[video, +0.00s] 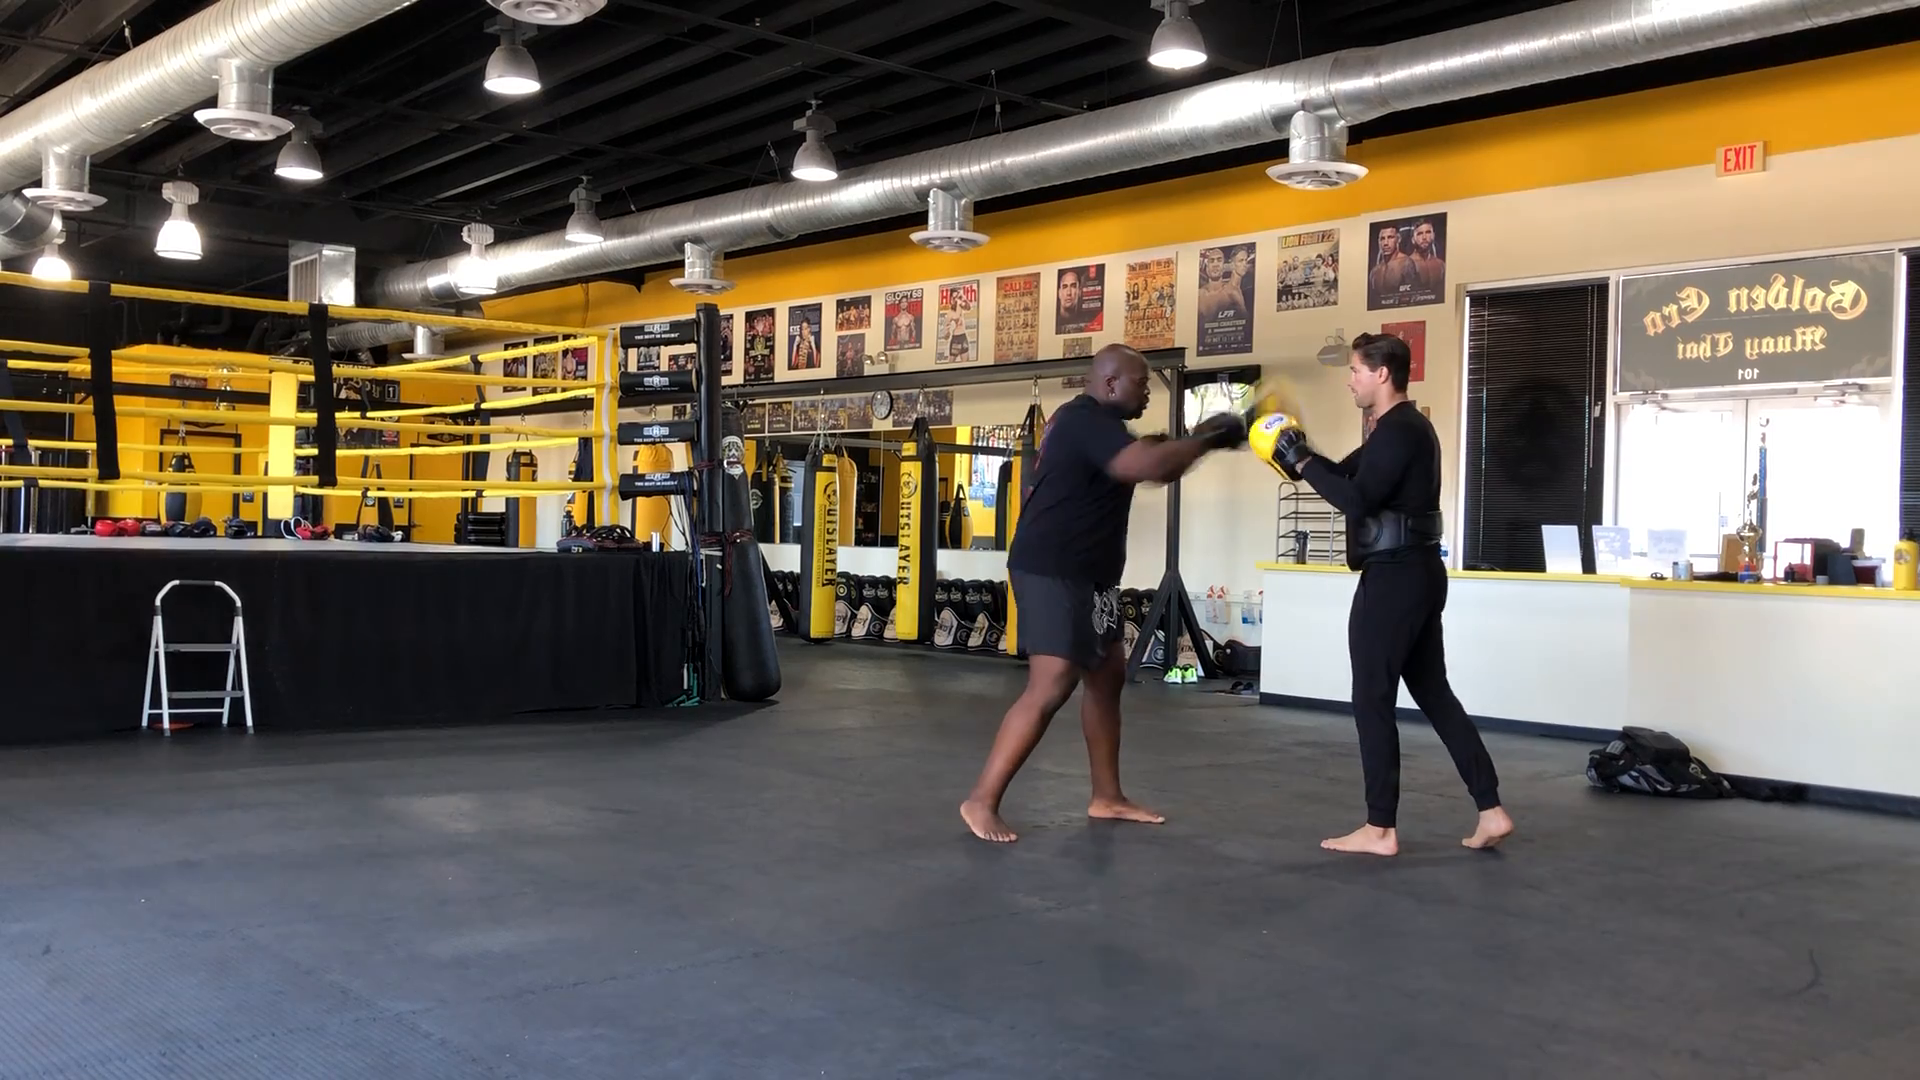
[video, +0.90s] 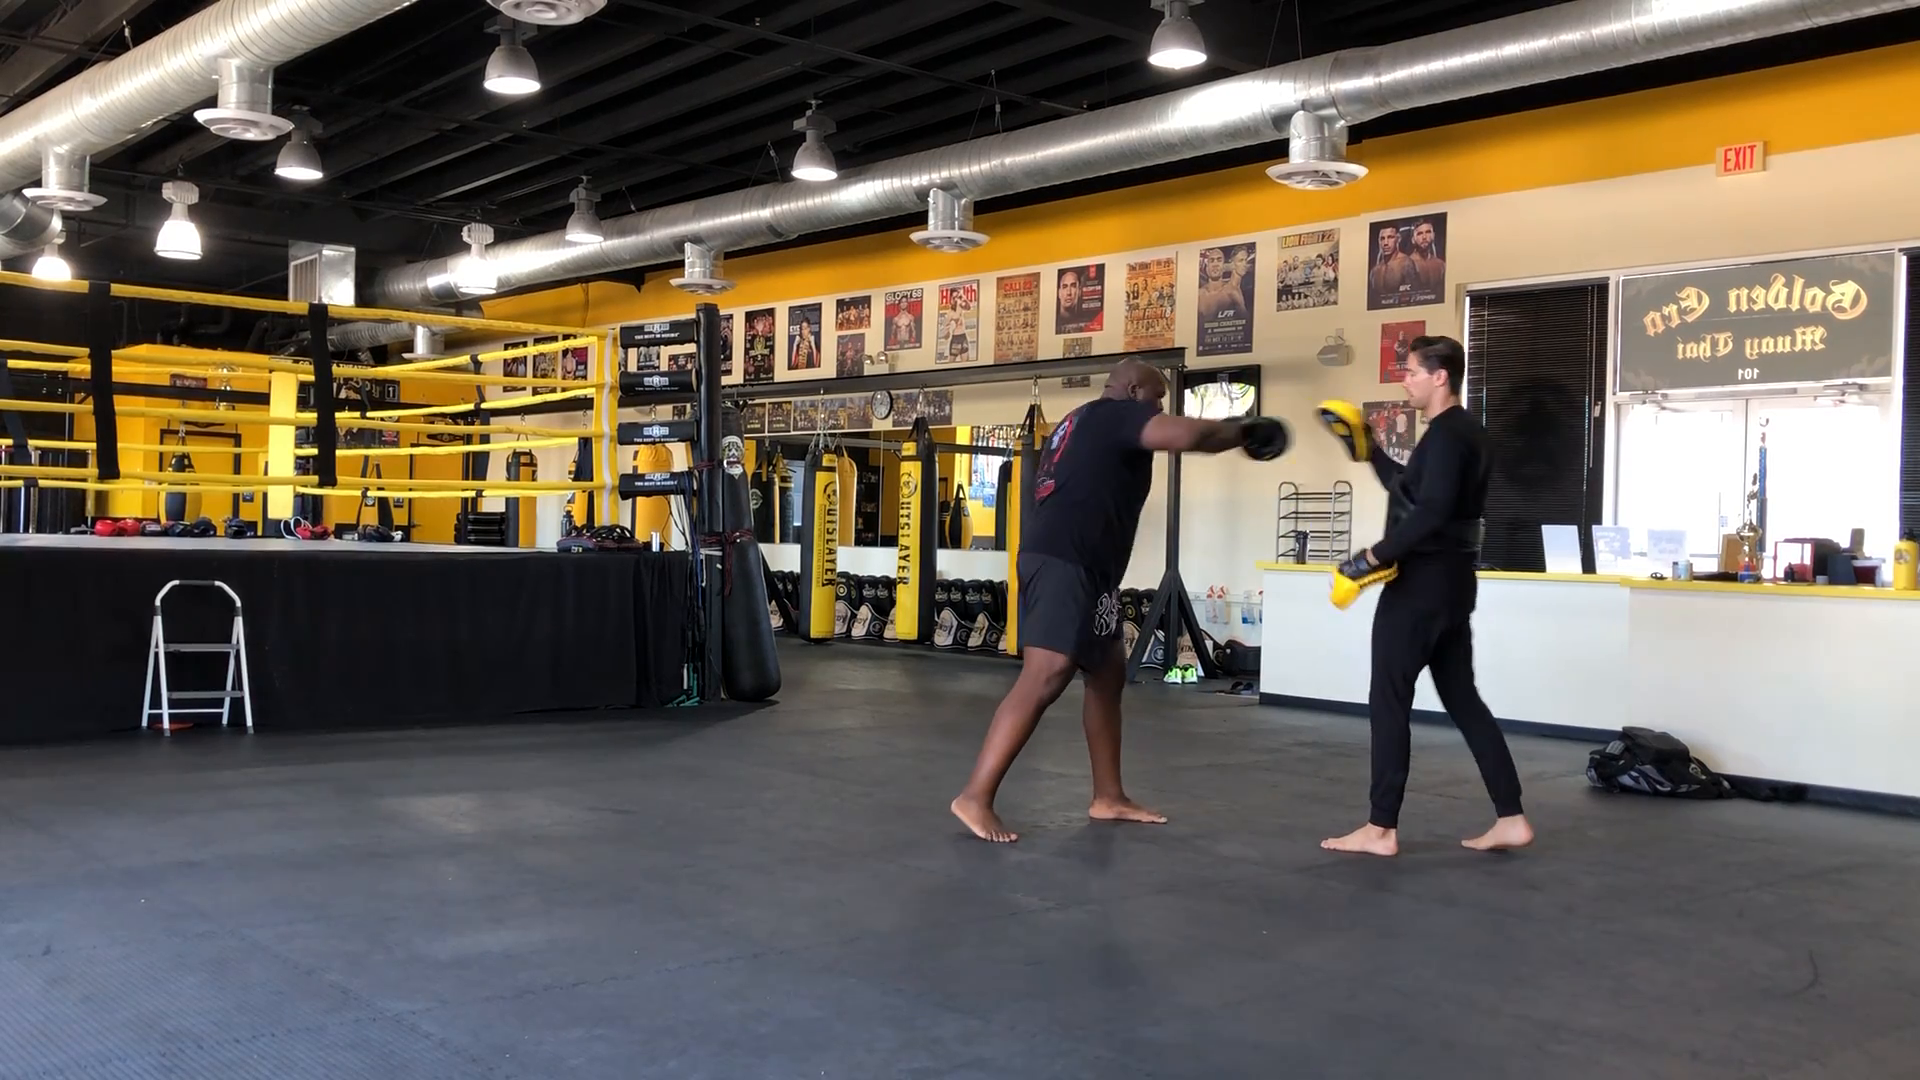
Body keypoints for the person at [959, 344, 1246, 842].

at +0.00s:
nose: (1147, 390)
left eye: (1147, 383)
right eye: (1142, 381)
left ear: (1106, 381)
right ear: (1110, 380)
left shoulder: (1100, 422)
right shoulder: (1084, 418)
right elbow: (1148, 464)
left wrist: (1172, 444)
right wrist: (1207, 437)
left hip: (1092, 572)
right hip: (1052, 569)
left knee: (1107, 674)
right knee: (1052, 682)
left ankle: (1107, 796)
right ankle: (981, 802)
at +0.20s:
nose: (1139, 393)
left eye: (1139, 384)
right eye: (1132, 383)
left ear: (1104, 381)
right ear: (1103, 381)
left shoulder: (1101, 434)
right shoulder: (1064, 423)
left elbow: (1101, 484)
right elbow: (1104, 480)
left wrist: (1139, 495)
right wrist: (1154, 432)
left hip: (1089, 576)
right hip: (1038, 574)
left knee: (1112, 678)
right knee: (1033, 683)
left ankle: (1107, 798)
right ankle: (974, 810)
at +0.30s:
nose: (1107, 393)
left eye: (1114, 386)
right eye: (1099, 381)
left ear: (1116, 390)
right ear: (1073, 376)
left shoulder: (1105, 428)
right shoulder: (1037, 423)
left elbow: (1133, 457)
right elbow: (1067, 485)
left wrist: (1188, 462)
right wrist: (1101, 420)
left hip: (1092, 581)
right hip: (1032, 579)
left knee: (1109, 681)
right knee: (1017, 689)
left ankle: (1107, 797)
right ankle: (973, 812)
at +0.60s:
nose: (1132, 398)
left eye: (1135, 391)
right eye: (1125, 389)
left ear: (1127, 393)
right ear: (1096, 385)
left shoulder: (1108, 438)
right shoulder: (1063, 424)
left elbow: (1120, 492)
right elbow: (1056, 474)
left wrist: (1152, 456)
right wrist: (1118, 438)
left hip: (1088, 583)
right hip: (1042, 581)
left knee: (1117, 677)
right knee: (1033, 689)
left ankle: (1110, 796)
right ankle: (974, 812)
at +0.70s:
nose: (1152, 401)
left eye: (1152, 394)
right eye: (1146, 392)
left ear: (1105, 388)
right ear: (1118, 388)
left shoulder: (1075, 424)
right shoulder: (1102, 421)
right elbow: (1173, 436)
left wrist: (1189, 438)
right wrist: (1245, 422)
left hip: (1075, 574)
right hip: (1052, 571)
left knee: (1106, 674)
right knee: (1037, 685)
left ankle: (1108, 796)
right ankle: (973, 810)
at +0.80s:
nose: (1156, 409)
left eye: (1156, 403)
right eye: (1152, 400)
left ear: (1111, 389)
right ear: (1128, 388)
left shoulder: (1072, 424)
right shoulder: (1119, 415)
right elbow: (1207, 422)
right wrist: (1269, 415)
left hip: (1081, 569)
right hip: (1060, 564)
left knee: (1103, 677)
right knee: (1038, 683)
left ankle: (1108, 796)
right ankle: (972, 805)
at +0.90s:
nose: (1160, 406)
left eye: (1161, 399)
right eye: (1158, 397)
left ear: (1115, 387)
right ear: (1134, 387)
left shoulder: (1077, 422)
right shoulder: (1119, 415)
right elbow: (1192, 434)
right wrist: (1241, 430)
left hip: (1086, 568)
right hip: (1064, 561)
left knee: (1107, 672)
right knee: (1044, 675)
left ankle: (1109, 796)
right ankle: (975, 798)